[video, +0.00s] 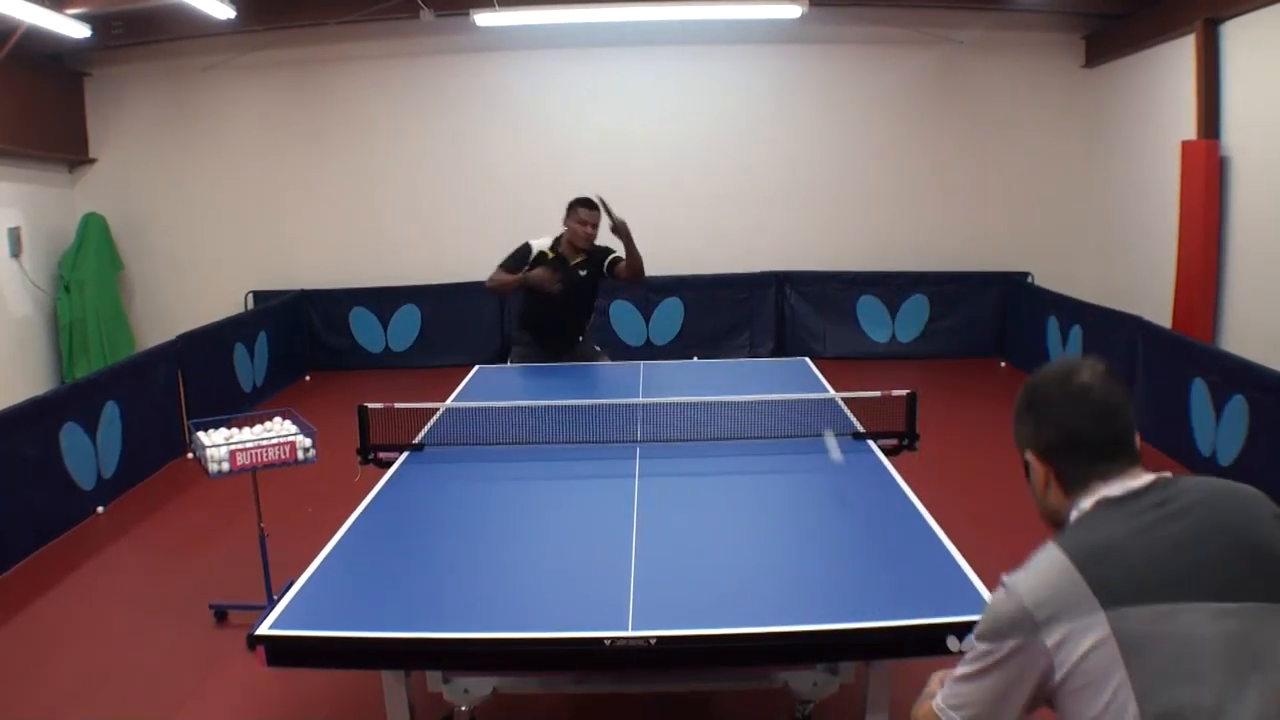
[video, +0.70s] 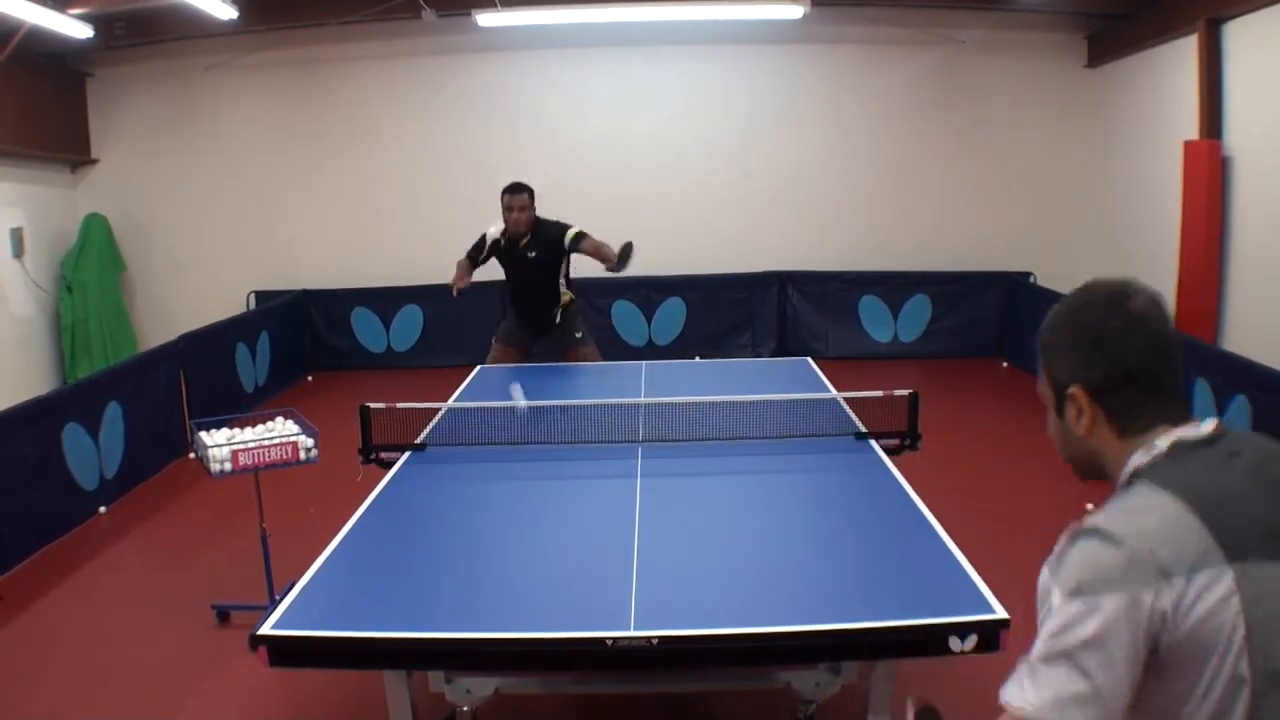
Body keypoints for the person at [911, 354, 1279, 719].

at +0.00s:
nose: (1028, 482)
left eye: (1024, 467)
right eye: (1022, 468)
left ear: (1040, 470)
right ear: (1135, 442)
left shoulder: (1036, 597)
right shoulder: (1255, 508)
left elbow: (950, 714)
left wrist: (933, 694)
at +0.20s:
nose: (1039, 475)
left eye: (1037, 457)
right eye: (1037, 456)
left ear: (1054, 461)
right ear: (1143, 429)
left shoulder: (1056, 572)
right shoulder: (1266, 484)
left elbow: (903, 625)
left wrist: (831, 561)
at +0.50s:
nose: (1089, 420)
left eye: (1088, 402)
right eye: (1087, 401)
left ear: (1117, 415)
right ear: (1210, 395)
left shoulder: (1125, 550)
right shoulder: (1270, 479)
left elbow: (928, 667)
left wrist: (856, 564)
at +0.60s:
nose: (1076, 395)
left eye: (1074, 376)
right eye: (1071, 375)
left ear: (1105, 382)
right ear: (1198, 355)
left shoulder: (1131, 517)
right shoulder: (1266, 446)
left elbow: (991, 699)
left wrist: (891, 653)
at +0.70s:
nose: (1049, 427)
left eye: (1047, 407)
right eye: (1045, 407)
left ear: (1080, 410)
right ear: (1168, 380)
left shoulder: (1120, 550)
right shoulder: (1267, 461)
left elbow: (1047, 711)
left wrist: (930, 718)